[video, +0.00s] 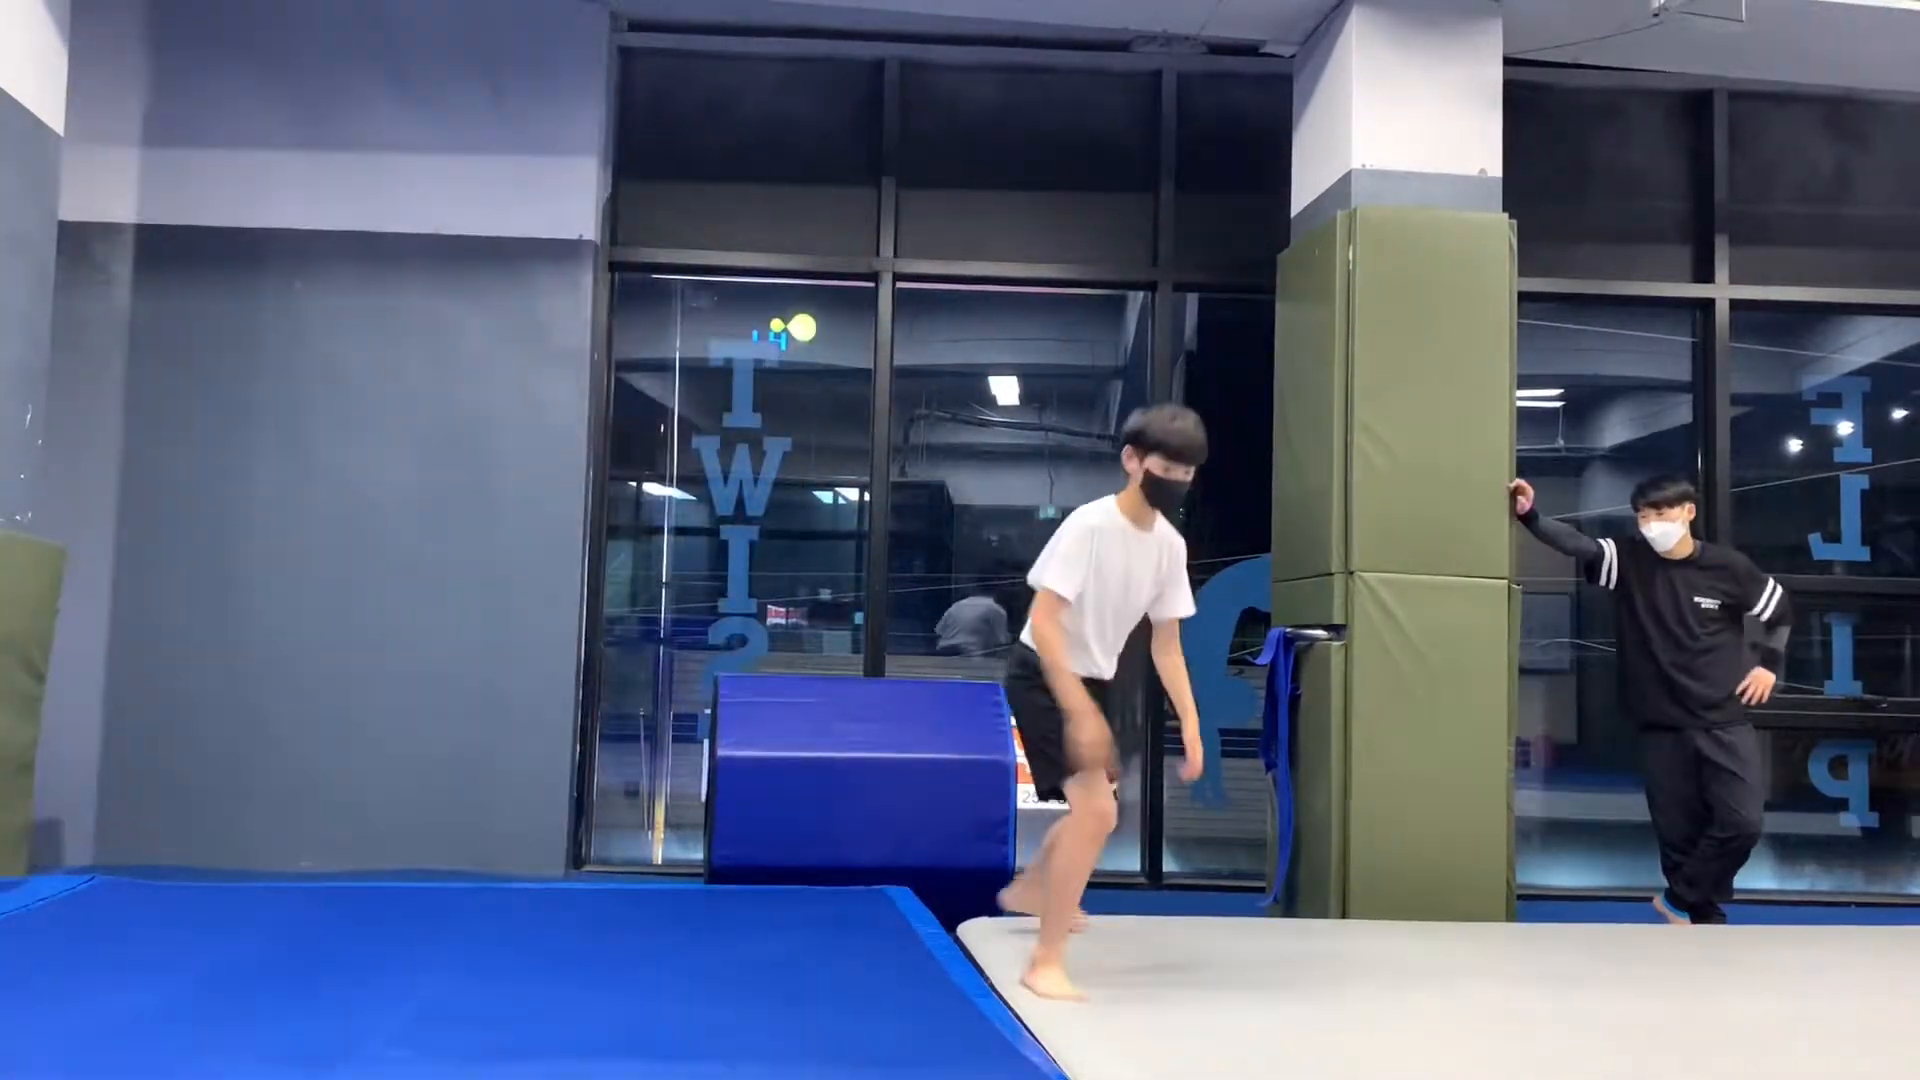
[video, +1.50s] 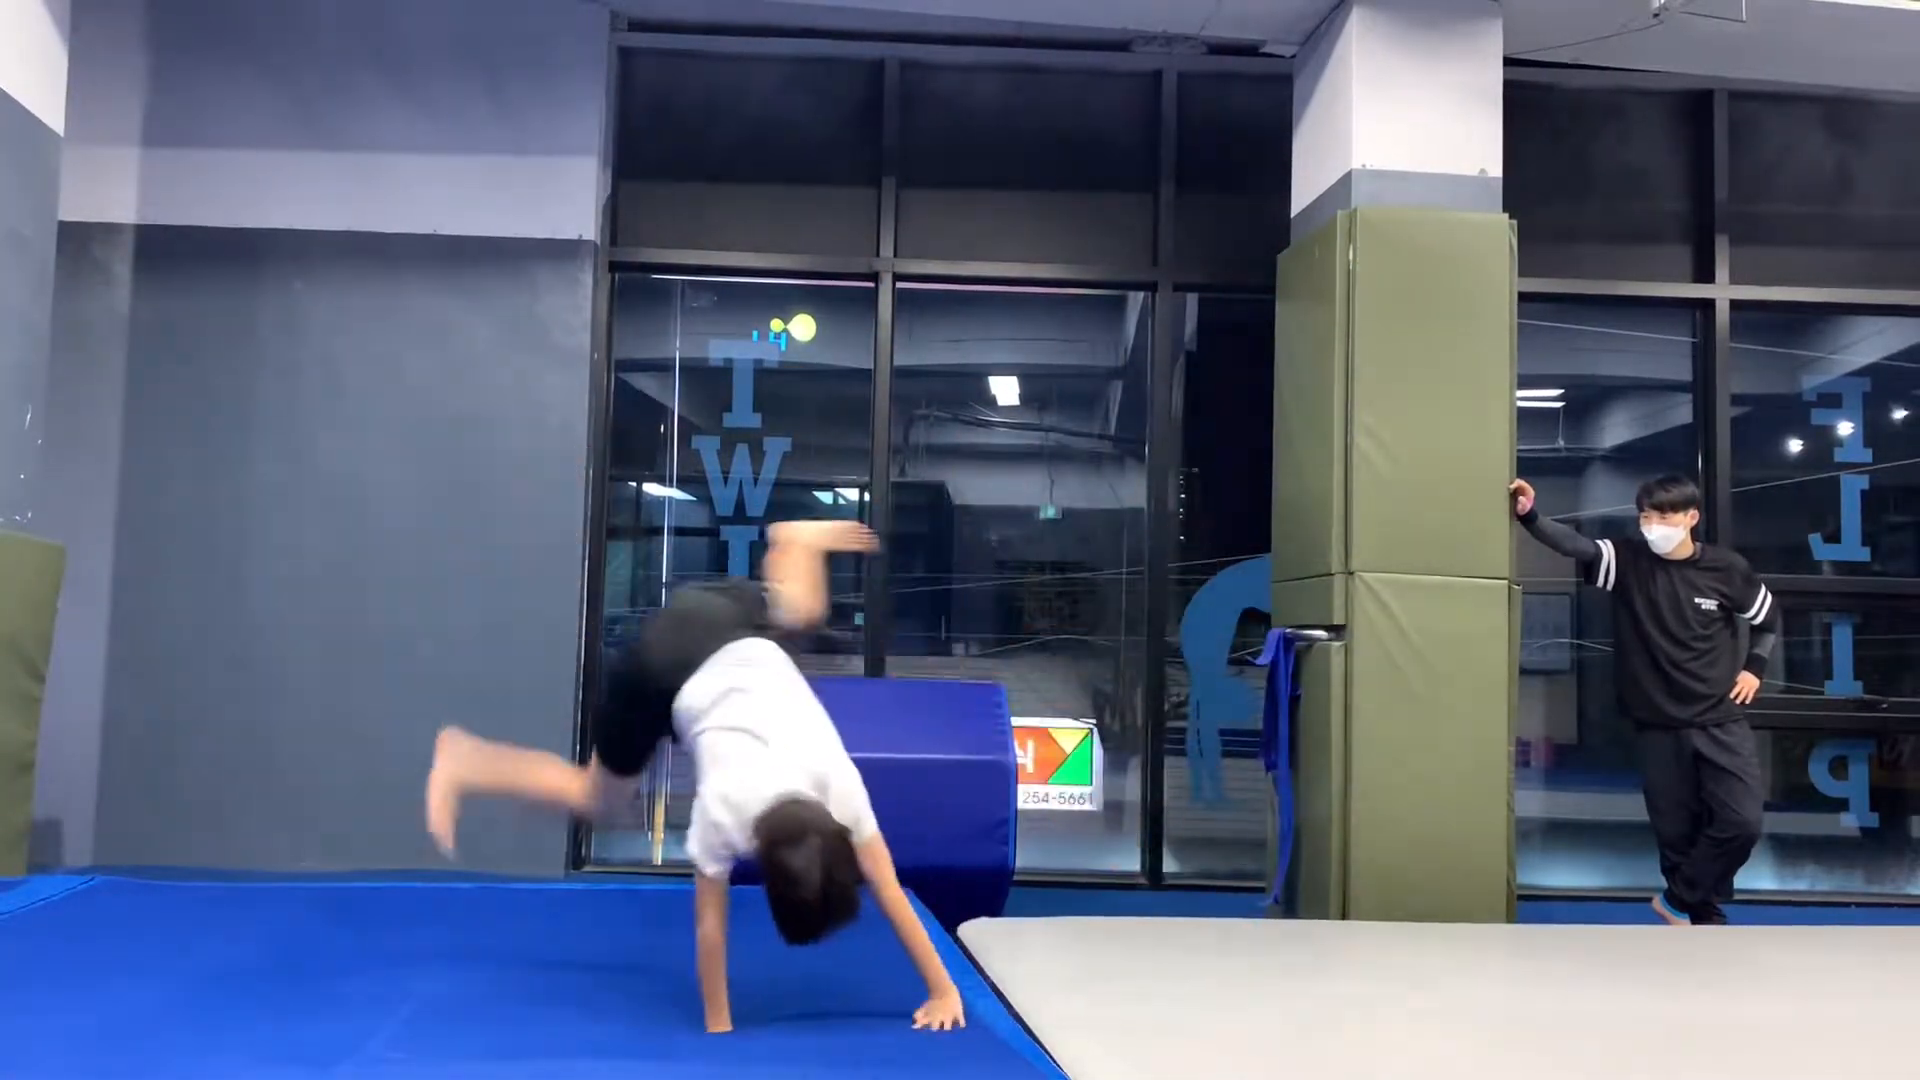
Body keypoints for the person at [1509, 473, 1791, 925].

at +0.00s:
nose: (1655, 522)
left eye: (1665, 511)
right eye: (1647, 513)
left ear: (1689, 513)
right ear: (1637, 517)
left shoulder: (1726, 565)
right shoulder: (1628, 558)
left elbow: (1780, 610)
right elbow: (1578, 544)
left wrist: (1768, 665)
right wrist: (1531, 516)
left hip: (1725, 721)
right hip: (1662, 724)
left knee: (1742, 824)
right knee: (1677, 834)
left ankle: (1679, 901)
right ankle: (1709, 927)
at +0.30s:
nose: (1651, 526)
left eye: (1661, 515)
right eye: (1645, 516)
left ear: (1688, 515)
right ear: (1637, 518)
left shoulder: (1728, 567)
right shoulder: (1628, 558)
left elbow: (1770, 614)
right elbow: (1579, 544)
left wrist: (1758, 663)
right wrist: (1531, 517)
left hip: (1726, 719)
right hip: (1662, 724)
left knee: (1743, 823)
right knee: (1676, 833)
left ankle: (1677, 901)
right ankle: (1711, 926)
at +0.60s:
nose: (1649, 524)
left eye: (1660, 514)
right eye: (1643, 515)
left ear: (1688, 514)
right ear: (1637, 517)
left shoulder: (1728, 567)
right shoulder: (1627, 558)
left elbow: (1769, 617)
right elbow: (1578, 544)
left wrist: (1756, 665)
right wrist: (1531, 517)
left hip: (1723, 718)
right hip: (1659, 723)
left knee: (1742, 823)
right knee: (1675, 832)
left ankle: (1676, 900)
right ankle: (1709, 925)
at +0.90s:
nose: (1650, 523)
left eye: (1662, 513)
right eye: (1645, 514)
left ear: (1688, 514)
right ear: (1638, 517)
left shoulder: (1727, 567)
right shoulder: (1628, 558)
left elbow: (1768, 617)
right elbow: (1579, 545)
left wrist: (1756, 666)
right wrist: (1531, 517)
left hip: (1723, 719)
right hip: (1660, 723)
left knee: (1742, 824)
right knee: (1675, 833)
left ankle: (1675, 901)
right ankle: (1710, 926)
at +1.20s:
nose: (1649, 524)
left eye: (1661, 515)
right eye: (1645, 515)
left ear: (1690, 516)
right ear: (1639, 517)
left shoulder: (1726, 567)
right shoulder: (1627, 558)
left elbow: (1768, 617)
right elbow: (1578, 545)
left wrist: (1756, 666)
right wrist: (1531, 517)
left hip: (1722, 719)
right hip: (1659, 723)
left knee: (1742, 824)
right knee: (1675, 832)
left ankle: (1676, 900)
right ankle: (1709, 924)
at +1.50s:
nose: (1650, 525)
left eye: (1663, 516)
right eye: (1646, 515)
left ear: (1691, 518)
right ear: (1640, 517)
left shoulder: (1726, 569)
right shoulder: (1627, 559)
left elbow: (1768, 619)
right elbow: (1578, 545)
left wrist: (1755, 669)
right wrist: (1531, 517)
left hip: (1722, 720)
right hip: (1659, 724)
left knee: (1741, 824)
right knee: (1675, 833)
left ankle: (1676, 900)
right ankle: (1709, 924)